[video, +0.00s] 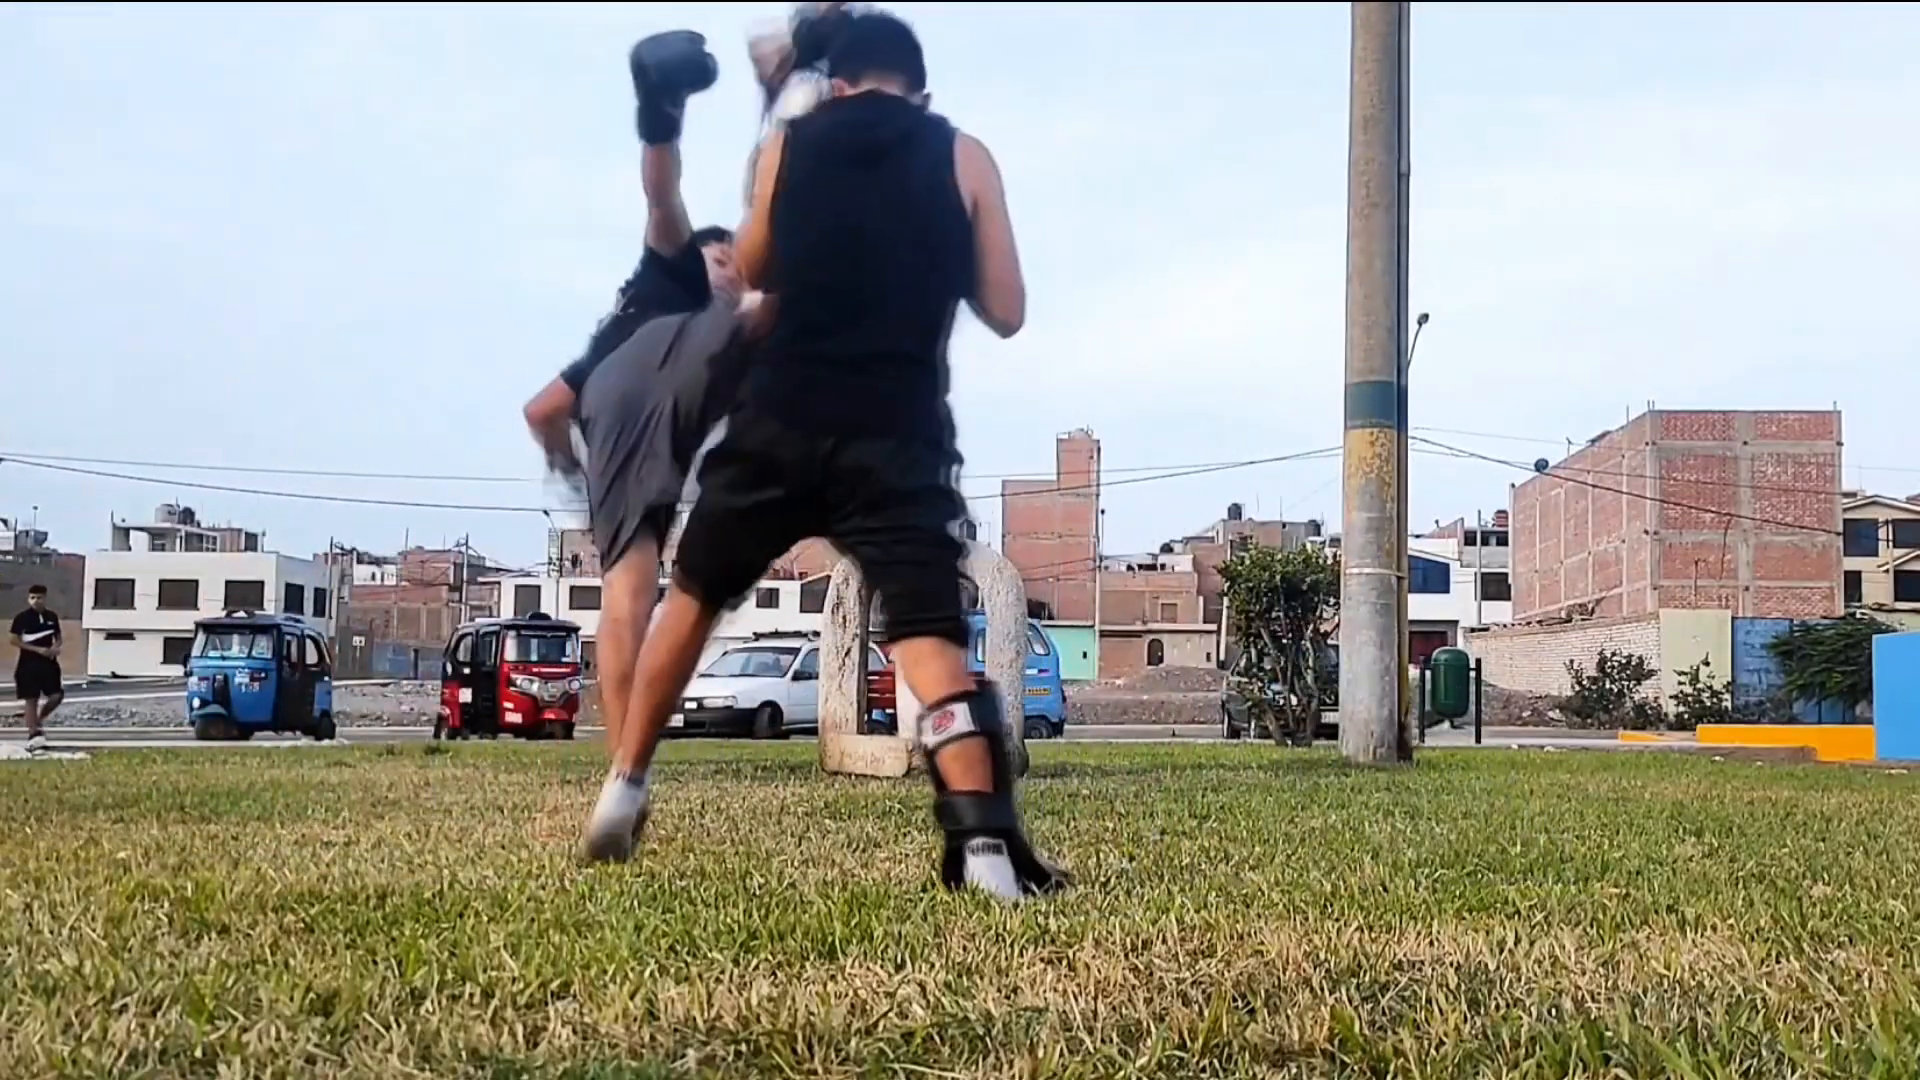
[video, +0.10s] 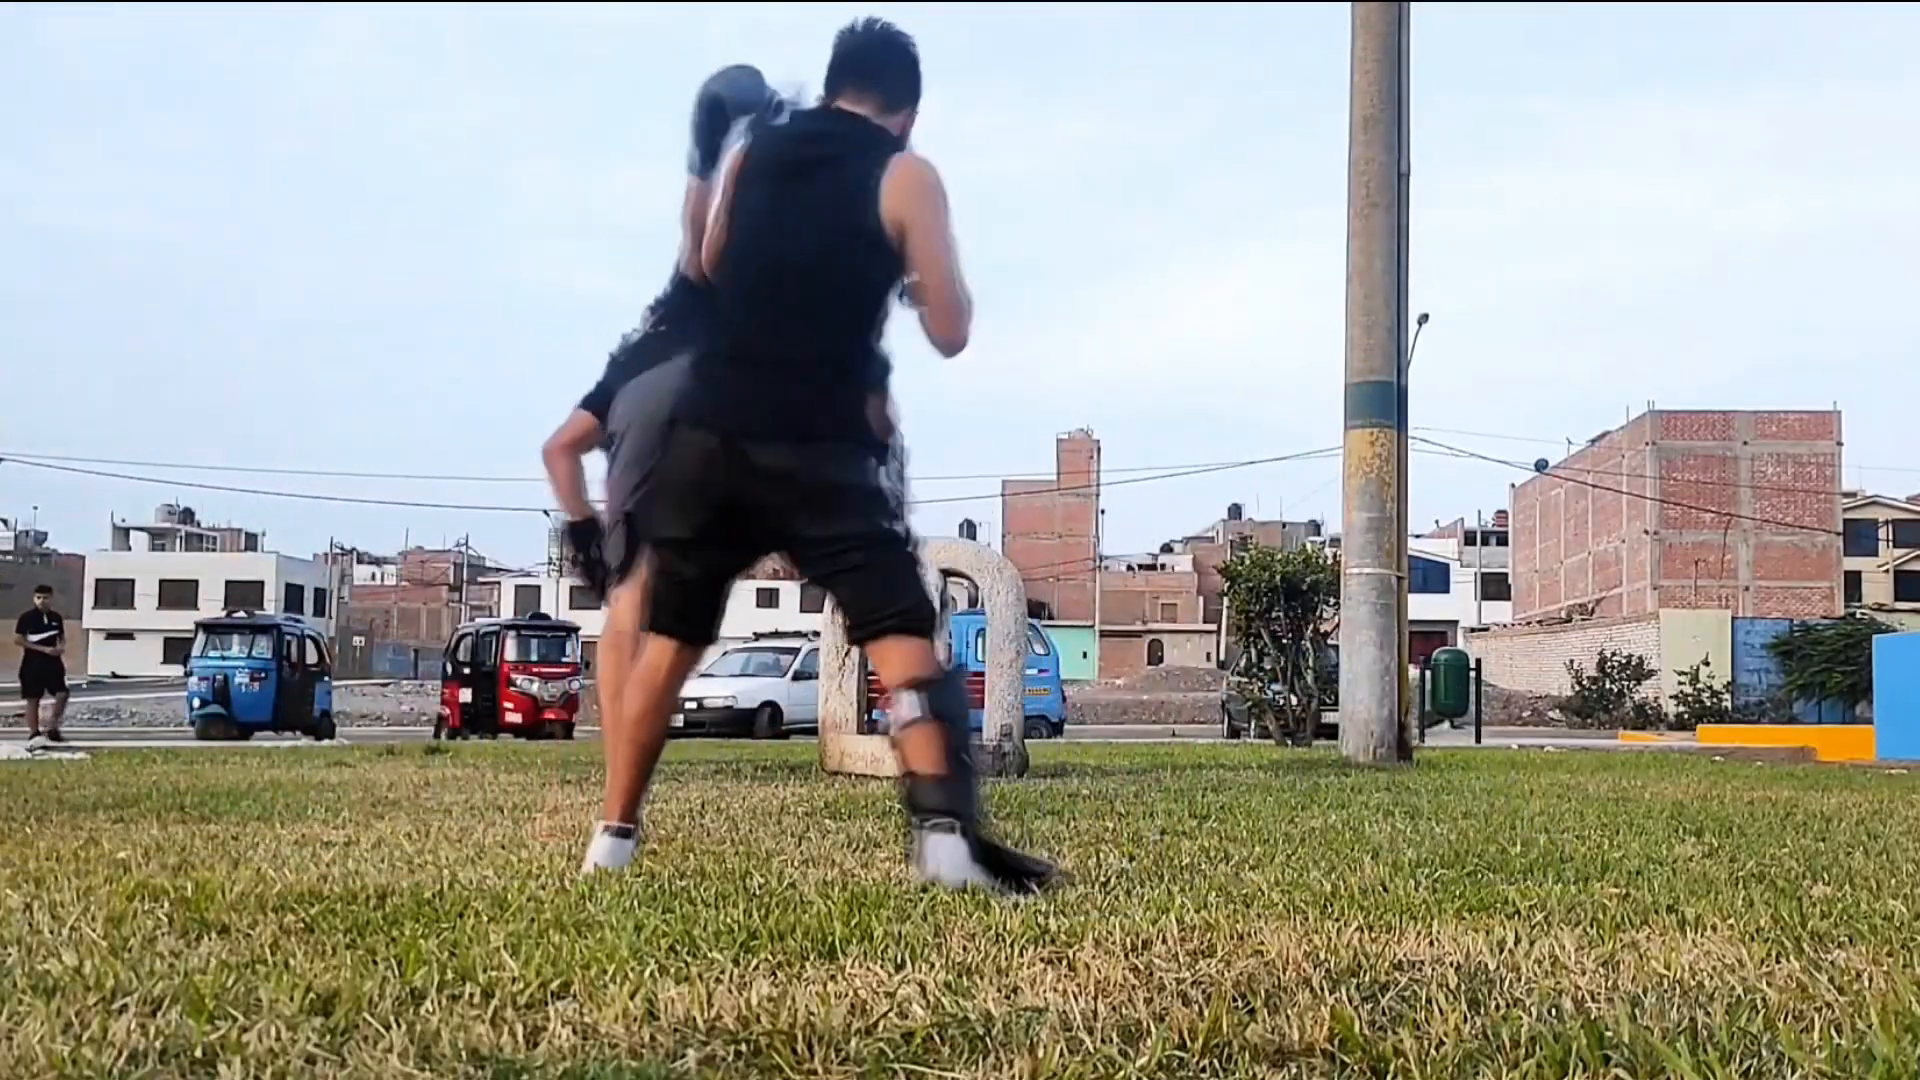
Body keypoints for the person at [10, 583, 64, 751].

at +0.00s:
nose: (35, 601)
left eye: (39, 598)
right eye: (32, 598)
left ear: (45, 599)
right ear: (28, 599)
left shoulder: (51, 617)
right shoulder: (22, 617)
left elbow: (58, 637)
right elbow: (14, 639)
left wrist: (55, 648)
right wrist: (39, 649)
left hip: (47, 662)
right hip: (29, 663)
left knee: (56, 696)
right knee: (31, 699)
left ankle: (38, 720)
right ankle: (33, 734)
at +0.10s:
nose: (42, 601)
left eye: (45, 598)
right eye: (38, 598)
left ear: (51, 599)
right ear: (34, 599)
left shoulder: (56, 617)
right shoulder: (26, 617)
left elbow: (61, 637)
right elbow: (19, 639)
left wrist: (60, 647)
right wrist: (45, 649)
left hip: (52, 663)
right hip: (33, 664)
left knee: (62, 694)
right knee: (33, 699)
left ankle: (53, 727)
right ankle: (34, 732)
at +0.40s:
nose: (61, 602)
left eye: (64, 599)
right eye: (58, 598)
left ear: (69, 601)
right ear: (53, 599)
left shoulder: (74, 620)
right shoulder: (44, 618)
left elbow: (76, 640)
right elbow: (35, 639)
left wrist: (74, 649)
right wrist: (60, 651)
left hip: (68, 664)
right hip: (48, 664)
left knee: (71, 699)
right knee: (43, 700)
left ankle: (73, 732)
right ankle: (36, 731)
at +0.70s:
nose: (74, 599)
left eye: (78, 596)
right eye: (71, 596)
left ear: (85, 597)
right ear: (67, 597)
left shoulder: (92, 617)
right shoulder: (60, 614)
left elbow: (99, 639)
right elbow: (49, 635)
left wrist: (88, 647)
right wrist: (69, 648)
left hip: (83, 659)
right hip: (65, 659)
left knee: (79, 697)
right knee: (67, 696)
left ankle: (75, 730)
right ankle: (58, 723)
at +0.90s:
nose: (73, 601)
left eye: (77, 597)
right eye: (72, 598)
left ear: (88, 598)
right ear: (70, 599)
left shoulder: (100, 617)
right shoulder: (66, 615)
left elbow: (109, 638)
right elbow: (55, 636)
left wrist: (97, 645)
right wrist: (74, 650)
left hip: (90, 659)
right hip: (72, 659)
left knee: (85, 697)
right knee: (77, 696)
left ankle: (82, 730)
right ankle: (76, 731)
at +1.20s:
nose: (77, 600)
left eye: (79, 596)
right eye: (75, 597)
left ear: (91, 594)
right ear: (76, 598)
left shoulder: (108, 614)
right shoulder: (74, 616)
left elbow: (120, 633)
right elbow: (66, 637)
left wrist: (109, 642)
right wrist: (86, 647)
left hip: (103, 660)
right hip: (84, 661)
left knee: (106, 696)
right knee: (87, 697)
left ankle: (86, 721)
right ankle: (90, 730)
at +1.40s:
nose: (83, 600)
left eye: (86, 596)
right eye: (81, 597)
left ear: (97, 595)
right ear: (81, 597)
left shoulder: (113, 613)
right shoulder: (79, 614)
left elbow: (124, 634)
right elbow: (72, 636)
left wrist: (112, 646)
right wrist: (91, 647)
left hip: (108, 660)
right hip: (88, 661)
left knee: (116, 693)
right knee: (89, 697)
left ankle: (108, 725)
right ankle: (91, 731)